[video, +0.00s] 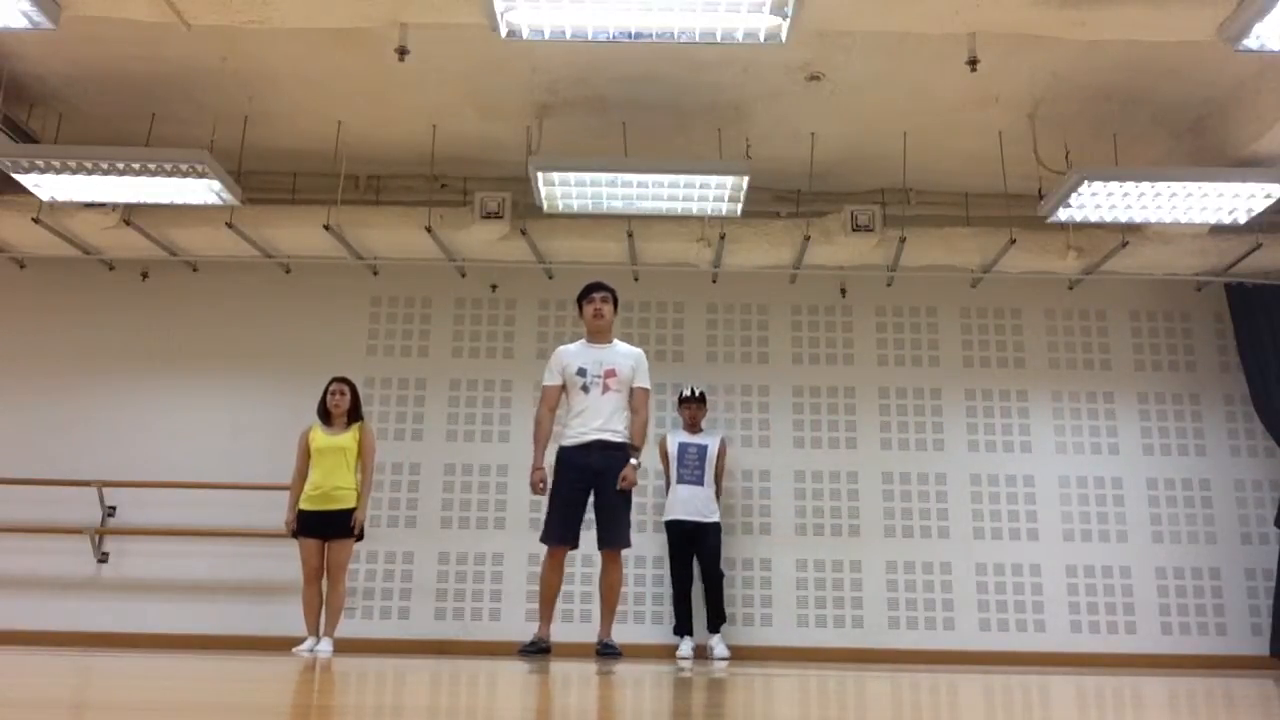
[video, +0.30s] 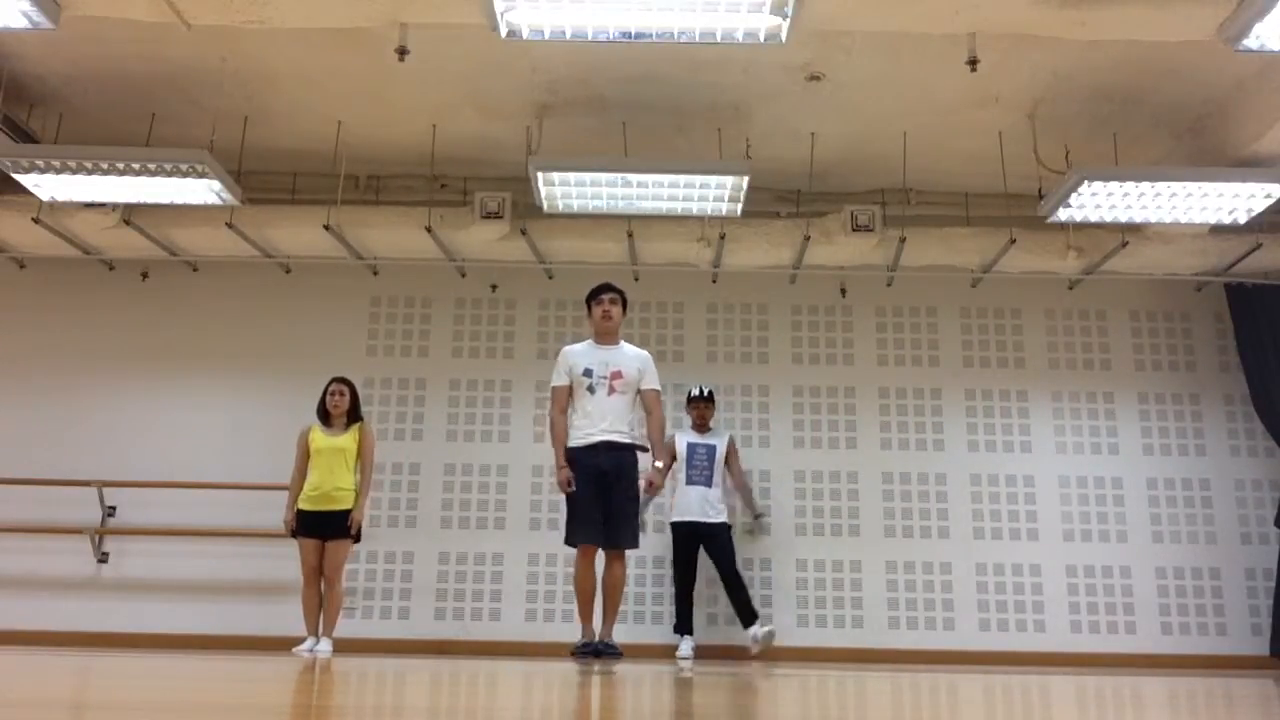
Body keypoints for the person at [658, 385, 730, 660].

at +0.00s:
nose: (692, 414)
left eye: (696, 409)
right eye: (687, 409)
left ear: (704, 411)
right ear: (680, 411)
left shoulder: (717, 442)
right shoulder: (667, 442)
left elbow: (718, 480)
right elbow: (669, 479)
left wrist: (712, 506)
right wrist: (674, 505)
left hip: (707, 516)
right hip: (678, 515)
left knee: (712, 576)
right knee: (681, 578)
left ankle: (715, 635)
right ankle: (685, 637)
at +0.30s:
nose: (701, 414)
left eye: (706, 409)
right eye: (696, 409)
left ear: (713, 411)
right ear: (687, 411)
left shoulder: (725, 442)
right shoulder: (676, 442)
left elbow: (739, 480)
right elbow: (659, 476)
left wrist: (754, 511)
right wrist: (643, 504)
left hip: (715, 520)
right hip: (683, 520)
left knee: (730, 573)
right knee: (684, 582)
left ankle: (753, 629)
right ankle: (685, 638)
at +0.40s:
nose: (707, 414)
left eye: (712, 409)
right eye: (702, 409)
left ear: (719, 410)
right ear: (693, 411)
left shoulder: (732, 441)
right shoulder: (682, 439)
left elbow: (753, 472)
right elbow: (660, 468)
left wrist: (780, 497)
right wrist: (643, 480)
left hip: (721, 521)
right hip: (689, 520)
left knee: (739, 572)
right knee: (687, 582)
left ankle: (768, 627)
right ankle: (685, 638)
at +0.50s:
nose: (715, 412)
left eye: (719, 406)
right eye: (710, 406)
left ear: (727, 409)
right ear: (700, 409)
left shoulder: (737, 439)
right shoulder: (690, 437)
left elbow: (759, 458)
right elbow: (673, 458)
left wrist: (779, 463)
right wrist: (655, 451)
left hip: (731, 519)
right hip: (699, 518)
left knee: (749, 574)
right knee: (692, 581)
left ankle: (777, 629)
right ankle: (685, 638)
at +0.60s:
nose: (722, 411)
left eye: (727, 406)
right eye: (717, 406)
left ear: (734, 408)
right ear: (708, 409)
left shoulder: (743, 435)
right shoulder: (700, 436)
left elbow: (761, 447)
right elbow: (699, 448)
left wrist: (750, 430)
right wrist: (717, 432)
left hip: (745, 517)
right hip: (713, 518)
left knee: (759, 578)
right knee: (703, 580)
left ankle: (779, 636)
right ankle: (690, 636)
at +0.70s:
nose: (735, 405)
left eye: (737, 400)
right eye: (729, 400)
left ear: (741, 406)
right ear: (717, 406)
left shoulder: (750, 436)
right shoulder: (710, 437)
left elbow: (773, 431)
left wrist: (771, 408)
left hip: (757, 514)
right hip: (725, 515)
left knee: (771, 577)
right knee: (717, 577)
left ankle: (781, 637)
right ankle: (726, 627)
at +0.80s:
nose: (735, 409)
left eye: (740, 403)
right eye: (730, 403)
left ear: (747, 408)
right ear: (721, 407)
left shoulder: (753, 437)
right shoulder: (712, 435)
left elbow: (778, 414)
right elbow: (710, 397)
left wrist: (804, 388)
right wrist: (743, 372)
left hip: (761, 513)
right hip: (730, 514)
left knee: (774, 578)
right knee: (736, 580)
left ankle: (782, 639)